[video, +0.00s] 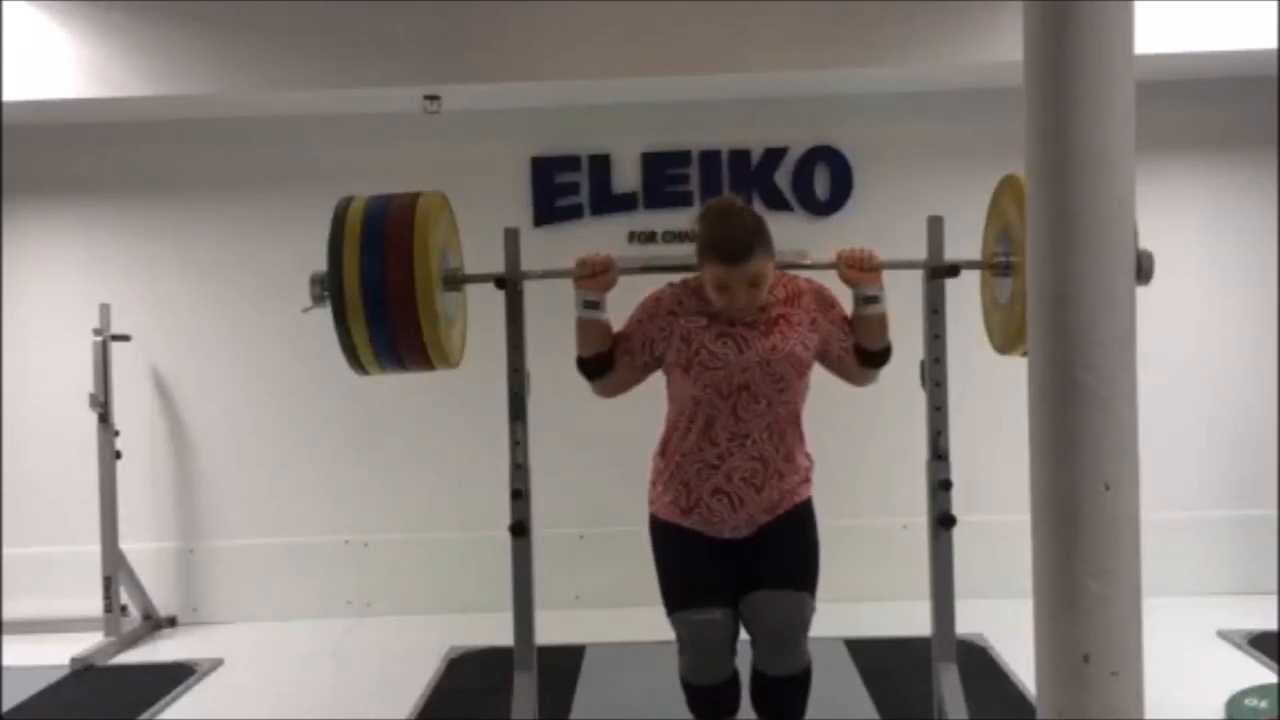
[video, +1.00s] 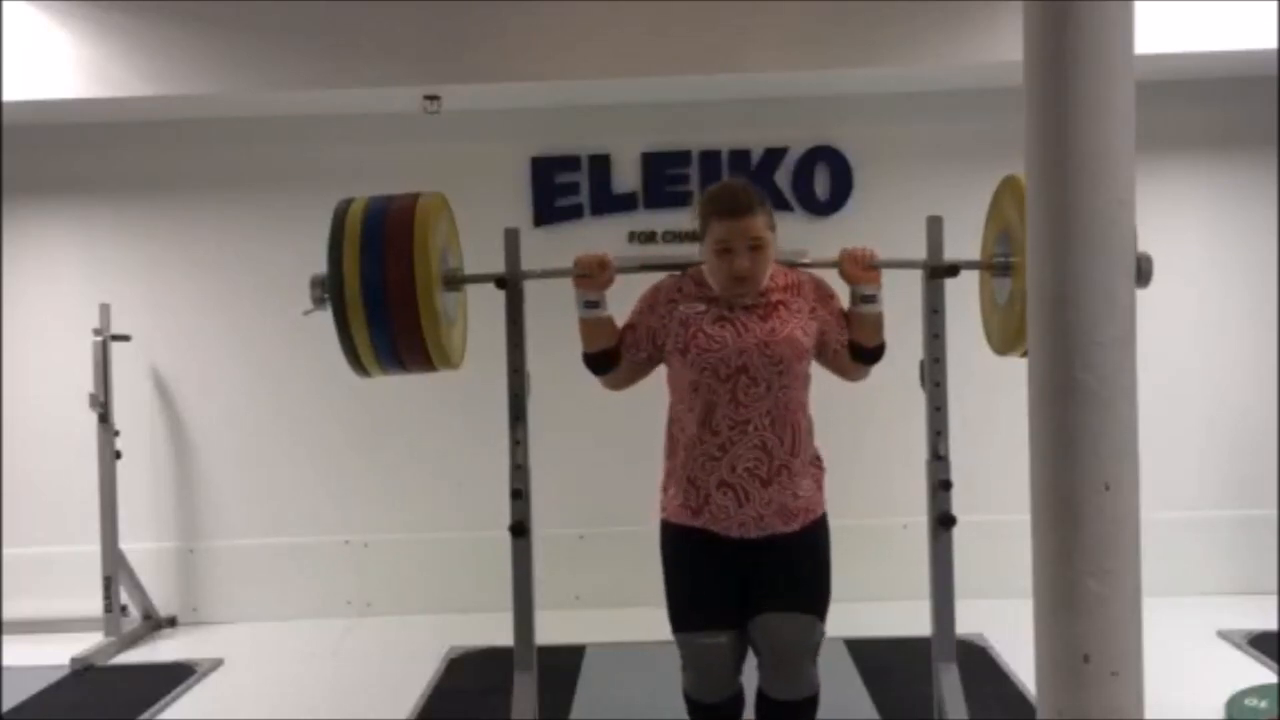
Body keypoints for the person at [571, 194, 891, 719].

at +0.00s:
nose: (738, 299)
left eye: (752, 283)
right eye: (722, 287)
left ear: (770, 264)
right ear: (700, 269)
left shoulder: (803, 303)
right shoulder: (672, 310)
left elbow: (863, 370)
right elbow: (607, 380)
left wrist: (869, 295)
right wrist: (590, 302)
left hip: (779, 513)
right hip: (688, 518)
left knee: (784, 653)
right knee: (705, 659)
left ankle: (782, 718)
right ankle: (714, 716)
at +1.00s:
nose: (741, 263)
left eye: (754, 247)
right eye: (725, 249)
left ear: (773, 243)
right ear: (703, 247)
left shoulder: (804, 294)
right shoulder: (672, 300)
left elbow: (855, 366)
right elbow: (613, 371)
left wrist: (867, 293)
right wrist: (591, 299)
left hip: (789, 525)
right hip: (699, 527)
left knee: (791, 680)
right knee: (709, 683)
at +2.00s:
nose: (729, 239)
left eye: (742, 224)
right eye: (714, 225)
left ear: (760, 219)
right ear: (692, 222)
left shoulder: (786, 269)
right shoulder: (656, 272)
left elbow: (833, 341)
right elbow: (604, 345)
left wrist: (848, 274)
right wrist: (584, 278)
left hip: (771, 490)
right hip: (683, 492)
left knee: (770, 642)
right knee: (700, 647)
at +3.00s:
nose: (748, 249)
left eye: (760, 235)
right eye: (734, 237)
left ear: (775, 229)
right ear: (712, 232)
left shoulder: (796, 274)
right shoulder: (680, 276)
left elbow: (837, 336)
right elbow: (629, 338)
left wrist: (852, 280)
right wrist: (615, 281)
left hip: (775, 465)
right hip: (697, 464)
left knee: (772, 597)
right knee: (706, 595)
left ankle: (771, 711)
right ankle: (709, 716)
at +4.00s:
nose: (702, 243)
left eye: (712, 231)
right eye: (689, 233)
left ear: (726, 230)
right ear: (668, 233)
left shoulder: (750, 275)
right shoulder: (640, 276)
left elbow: (791, 336)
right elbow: (594, 337)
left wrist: (803, 282)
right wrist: (580, 278)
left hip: (744, 454)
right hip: (665, 457)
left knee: (766, 577)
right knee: (670, 581)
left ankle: (796, 695)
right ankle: (665, 701)